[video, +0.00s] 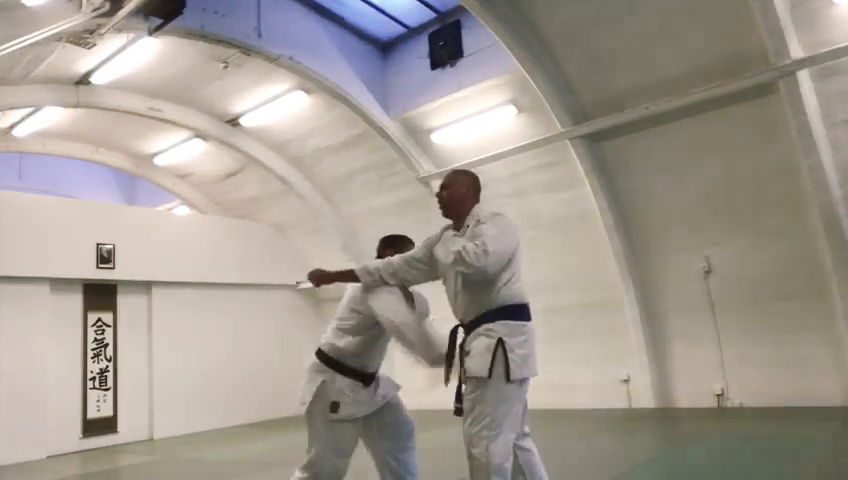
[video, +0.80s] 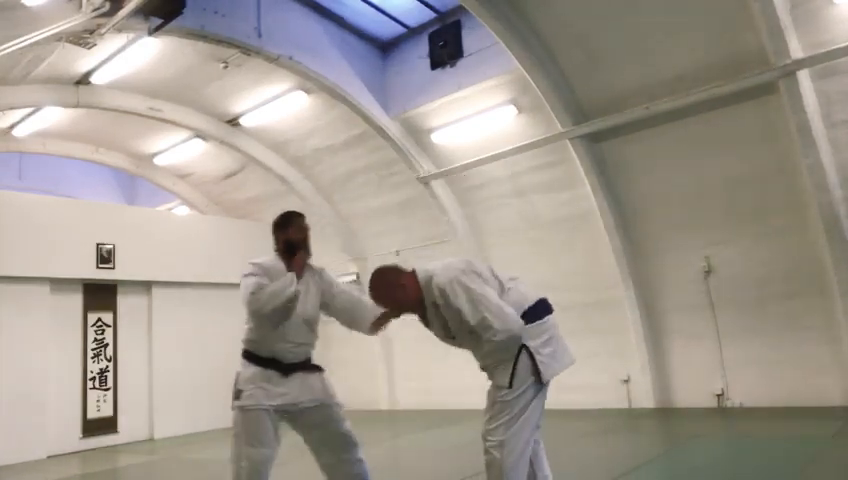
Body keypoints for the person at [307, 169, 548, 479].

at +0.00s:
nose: (438, 195)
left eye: (445, 189)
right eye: (439, 190)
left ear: (469, 192)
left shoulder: (497, 225)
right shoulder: (443, 239)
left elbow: (483, 260)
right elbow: (400, 267)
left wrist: (444, 245)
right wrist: (335, 276)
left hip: (503, 337)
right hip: (480, 338)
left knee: (484, 438)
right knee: (514, 436)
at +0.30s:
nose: (426, 210)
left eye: (432, 202)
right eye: (426, 203)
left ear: (456, 200)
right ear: (443, 204)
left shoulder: (489, 231)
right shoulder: (442, 247)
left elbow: (493, 281)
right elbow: (402, 271)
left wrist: (442, 276)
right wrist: (340, 277)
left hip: (512, 339)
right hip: (495, 341)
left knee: (490, 435)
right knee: (520, 437)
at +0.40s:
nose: (416, 227)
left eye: (420, 218)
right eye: (415, 221)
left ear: (442, 212)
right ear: (438, 214)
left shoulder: (477, 238)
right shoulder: (440, 257)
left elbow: (496, 295)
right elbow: (403, 285)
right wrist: (346, 286)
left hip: (516, 340)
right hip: (501, 342)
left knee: (488, 435)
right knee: (520, 441)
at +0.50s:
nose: (408, 252)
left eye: (409, 243)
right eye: (405, 245)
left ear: (428, 231)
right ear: (431, 231)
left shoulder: (472, 249)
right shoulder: (436, 266)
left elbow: (497, 314)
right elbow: (423, 310)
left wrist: (475, 355)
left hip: (522, 340)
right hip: (505, 341)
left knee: (487, 434)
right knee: (518, 440)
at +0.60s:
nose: (404, 277)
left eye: (403, 268)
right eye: (399, 271)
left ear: (416, 252)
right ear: (418, 249)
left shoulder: (464, 259)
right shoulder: (437, 273)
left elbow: (502, 320)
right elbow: (444, 324)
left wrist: (481, 354)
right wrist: (427, 353)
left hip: (524, 342)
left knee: (491, 437)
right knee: (521, 440)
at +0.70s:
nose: (399, 295)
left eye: (397, 287)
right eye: (393, 290)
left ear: (409, 270)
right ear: (410, 266)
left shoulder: (456, 270)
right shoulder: (436, 285)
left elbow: (505, 325)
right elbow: (462, 337)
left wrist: (480, 361)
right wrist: (476, 368)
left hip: (526, 342)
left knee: (496, 438)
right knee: (521, 437)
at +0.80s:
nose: (396, 309)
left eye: (394, 302)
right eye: (390, 305)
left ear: (404, 286)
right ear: (406, 281)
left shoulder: (450, 282)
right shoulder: (429, 290)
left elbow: (507, 328)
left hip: (527, 343)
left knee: (499, 441)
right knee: (522, 440)